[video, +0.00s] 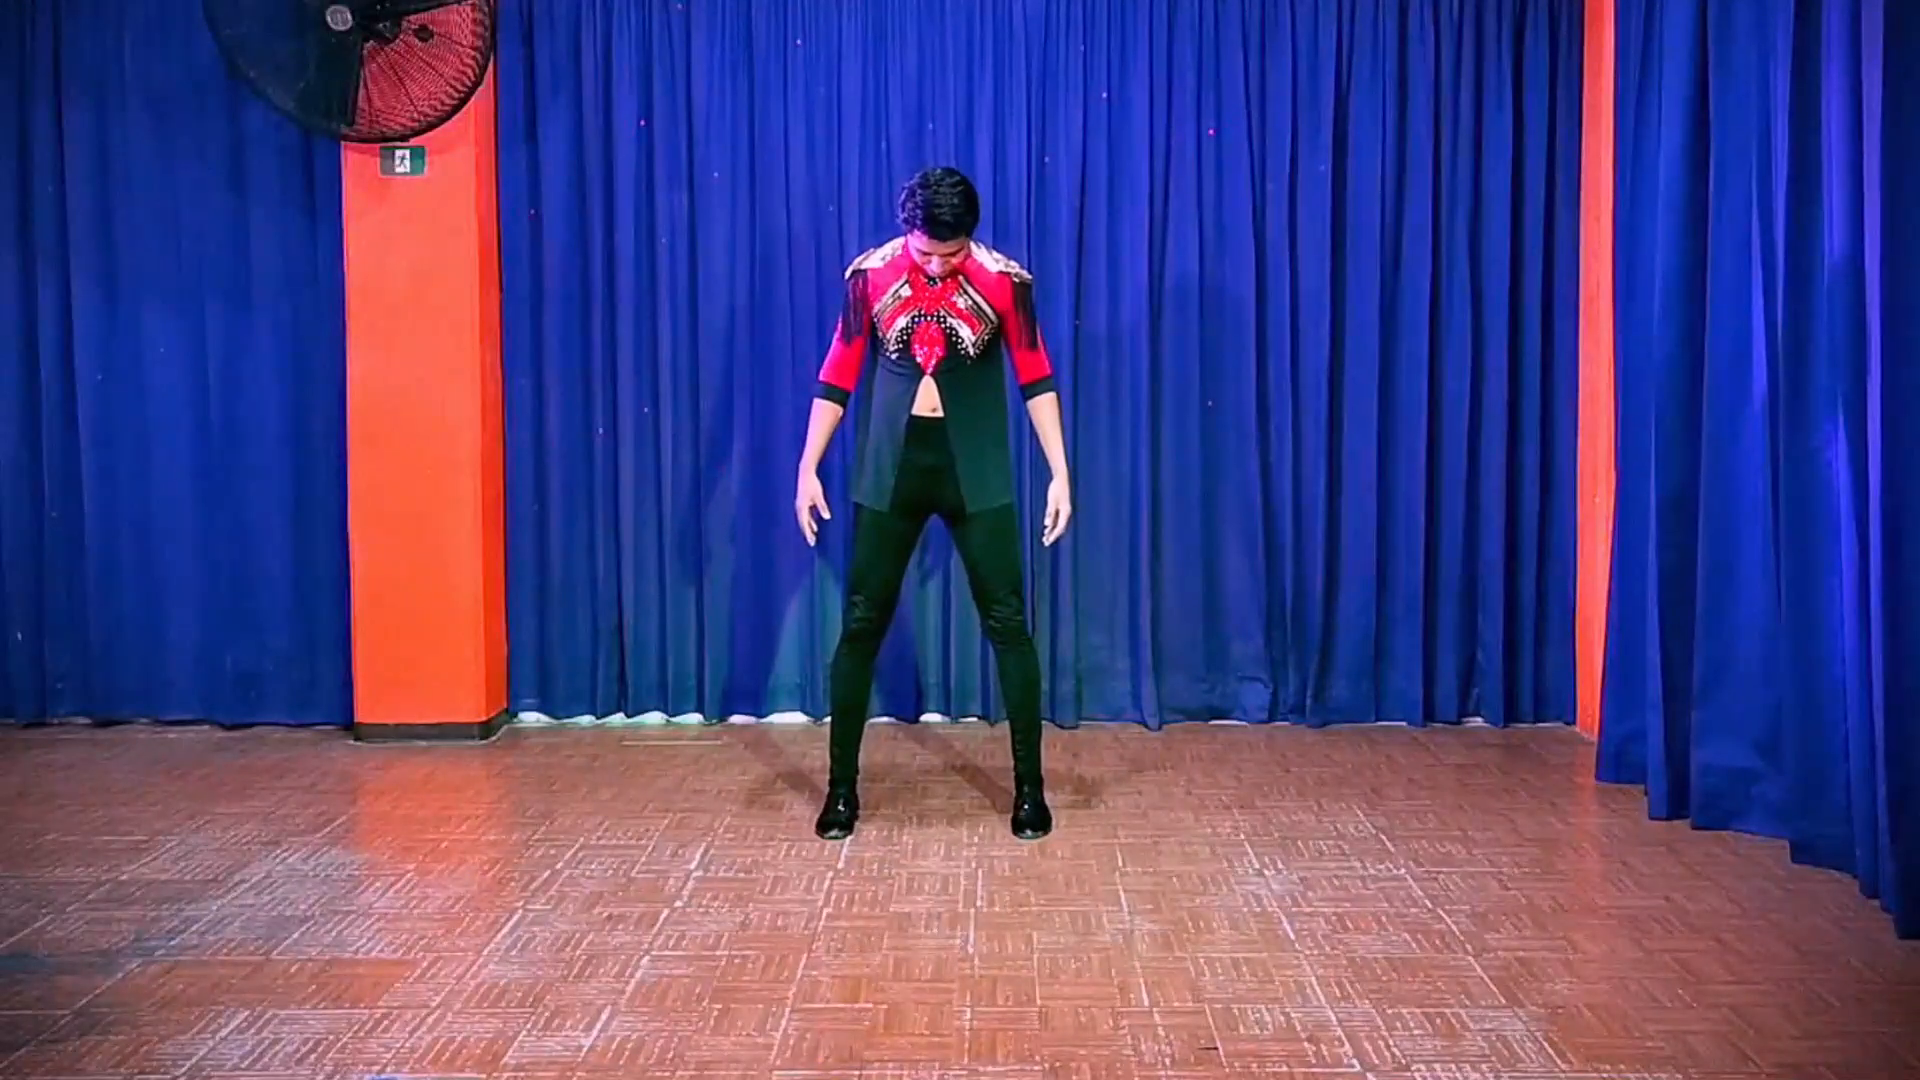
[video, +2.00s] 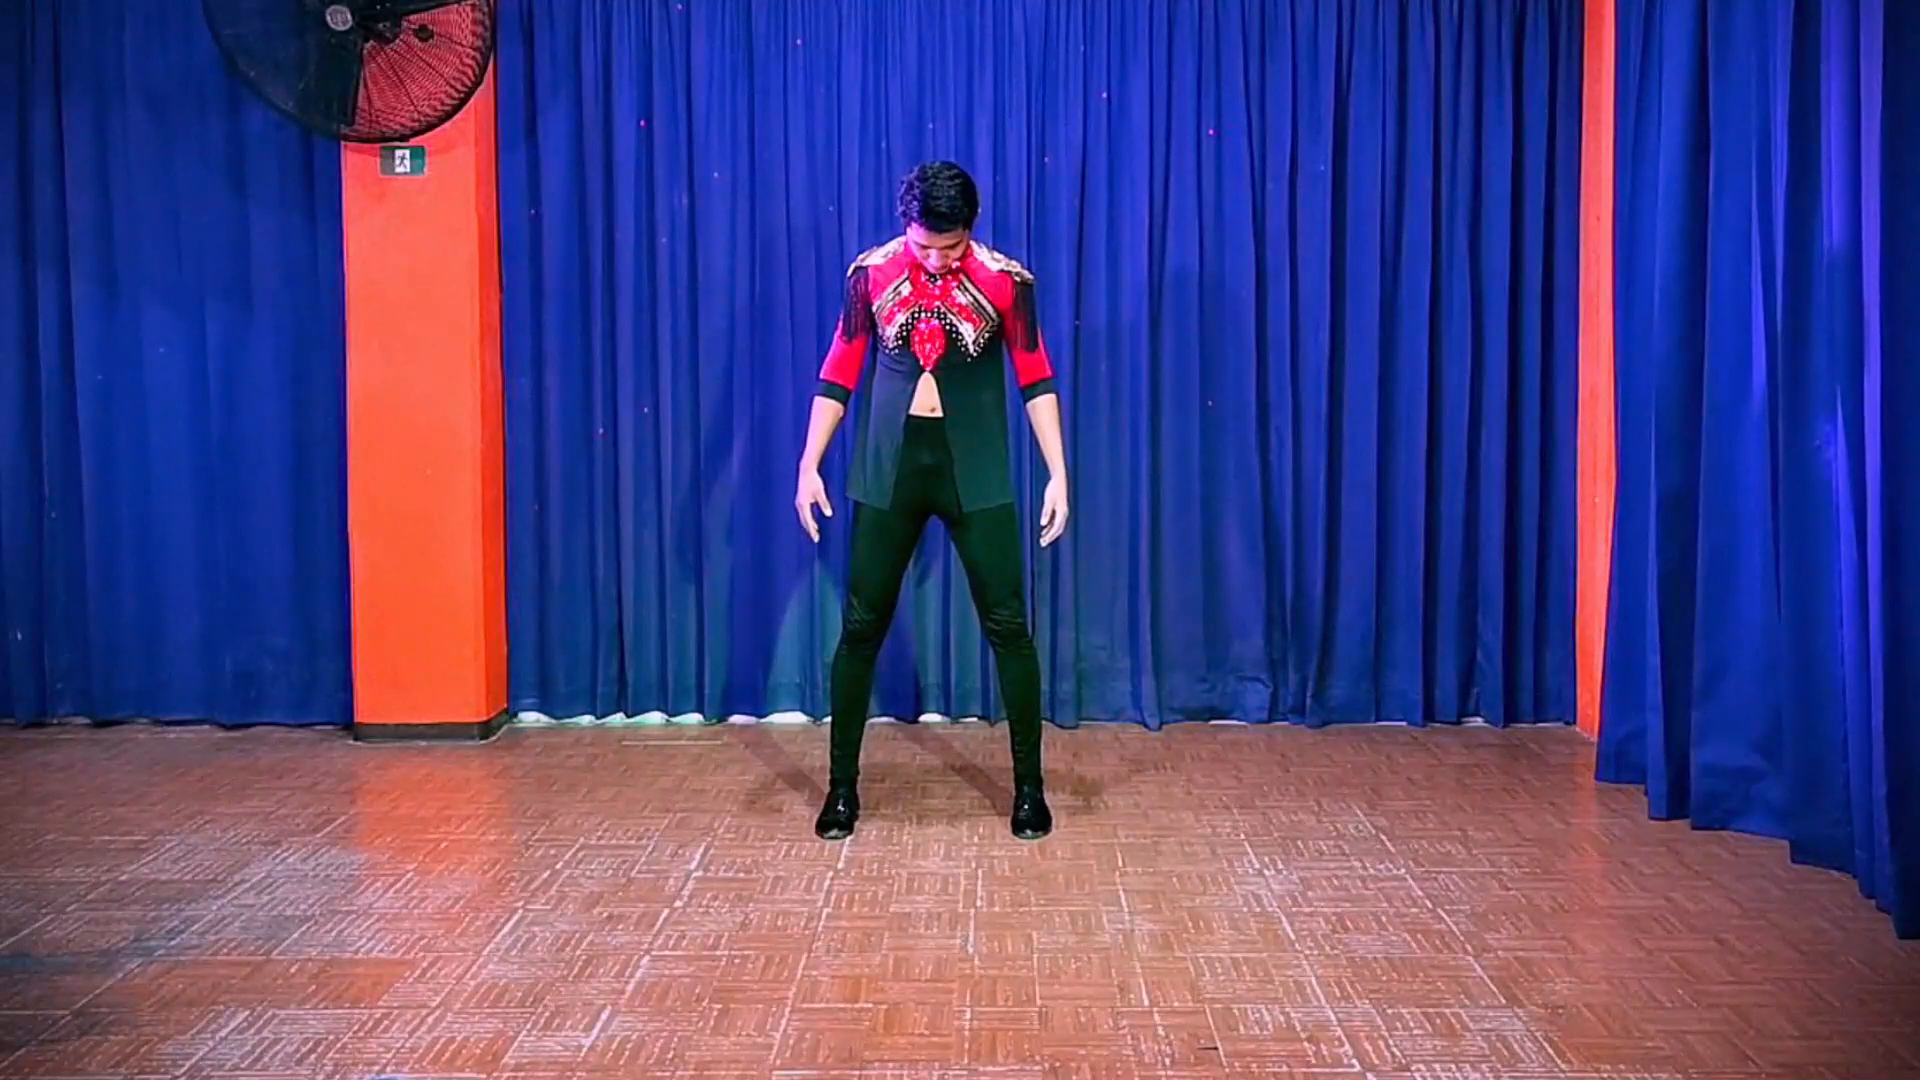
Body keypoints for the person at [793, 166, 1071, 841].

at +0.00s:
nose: (940, 262)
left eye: (953, 251)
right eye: (928, 250)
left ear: (972, 234)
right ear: (908, 231)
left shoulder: (1004, 281)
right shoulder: (870, 277)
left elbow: (1035, 378)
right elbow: (839, 375)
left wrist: (1060, 472)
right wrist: (808, 467)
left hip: (978, 465)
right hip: (891, 464)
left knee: (1006, 618)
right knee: (863, 620)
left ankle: (1028, 784)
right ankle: (841, 786)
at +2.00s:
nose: (942, 257)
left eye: (955, 245)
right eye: (930, 245)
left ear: (973, 227)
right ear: (908, 226)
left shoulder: (1005, 280)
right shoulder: (872, 275)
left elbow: (1035, 379)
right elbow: (840, 373)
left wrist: (1058, 473)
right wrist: (809, 465)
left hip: (978, 468)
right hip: (889, 466)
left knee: (1007, 624)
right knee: (862, 626)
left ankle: (1028, 785)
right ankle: (842, 786)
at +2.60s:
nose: (941, 257)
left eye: (954, 245)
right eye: (928, 245)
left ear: (972, 228)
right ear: (907, 227)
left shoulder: (1005, 281)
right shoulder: (871, 275)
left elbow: (1035, 378)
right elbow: (840, 372)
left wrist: (1058, 472)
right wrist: (808, 463)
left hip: (977, 466)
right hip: (890, 465)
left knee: (1007, 624)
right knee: (862, 625)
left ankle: (1028, 784)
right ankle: (842, 786)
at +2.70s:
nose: (941, 257)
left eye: (953, 245)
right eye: (928, 244)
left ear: (972, 227)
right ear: (908, 226)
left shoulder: (1005, 281)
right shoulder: (871, 275)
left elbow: (1035, 378)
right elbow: (839, 372)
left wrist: (1058, 472)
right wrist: (808, 463)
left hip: (977, 468)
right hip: (889, 467)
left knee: (1007, 625)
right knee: (862, 626)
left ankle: (1028, 784)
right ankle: (842, 786)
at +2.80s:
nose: (941, 257)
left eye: (953, 245)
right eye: (928, 245)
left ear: (972, 227)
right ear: (908, 226)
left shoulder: (1006, 281)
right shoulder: (871, 275)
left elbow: (1035, 379)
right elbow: (839, 372)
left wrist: (1058, 472)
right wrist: (808, 464)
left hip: (977, 468)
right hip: (889, 467)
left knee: (1007, 625)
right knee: (862, 626)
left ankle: (1028, 785)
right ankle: (842, 785)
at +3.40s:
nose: (942, 255)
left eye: (954, 244)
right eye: (929, 243)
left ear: (973, 226)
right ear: (908, 225)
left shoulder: (1006, 281)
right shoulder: (871, 275)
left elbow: (1035, 379)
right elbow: (838, 373)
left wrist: (1059, 471)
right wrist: (807, 463)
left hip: (978, 468)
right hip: (890, 466)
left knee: (1006, 622)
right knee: (862, 625)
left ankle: (1028, 784)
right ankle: (842, 786)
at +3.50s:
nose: (942, 256)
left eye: (954, 244)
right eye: (929, 243)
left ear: (973, 227)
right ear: (908, 226)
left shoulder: (1005, 281)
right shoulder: (871, 275)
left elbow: (1035, 379)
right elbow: (839, 372)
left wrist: (1059, 472)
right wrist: (808, 463)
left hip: (977, 469)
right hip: (889, 468)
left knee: (1006, 623)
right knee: (862, 626)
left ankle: (1028, 784)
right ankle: (842, 786)